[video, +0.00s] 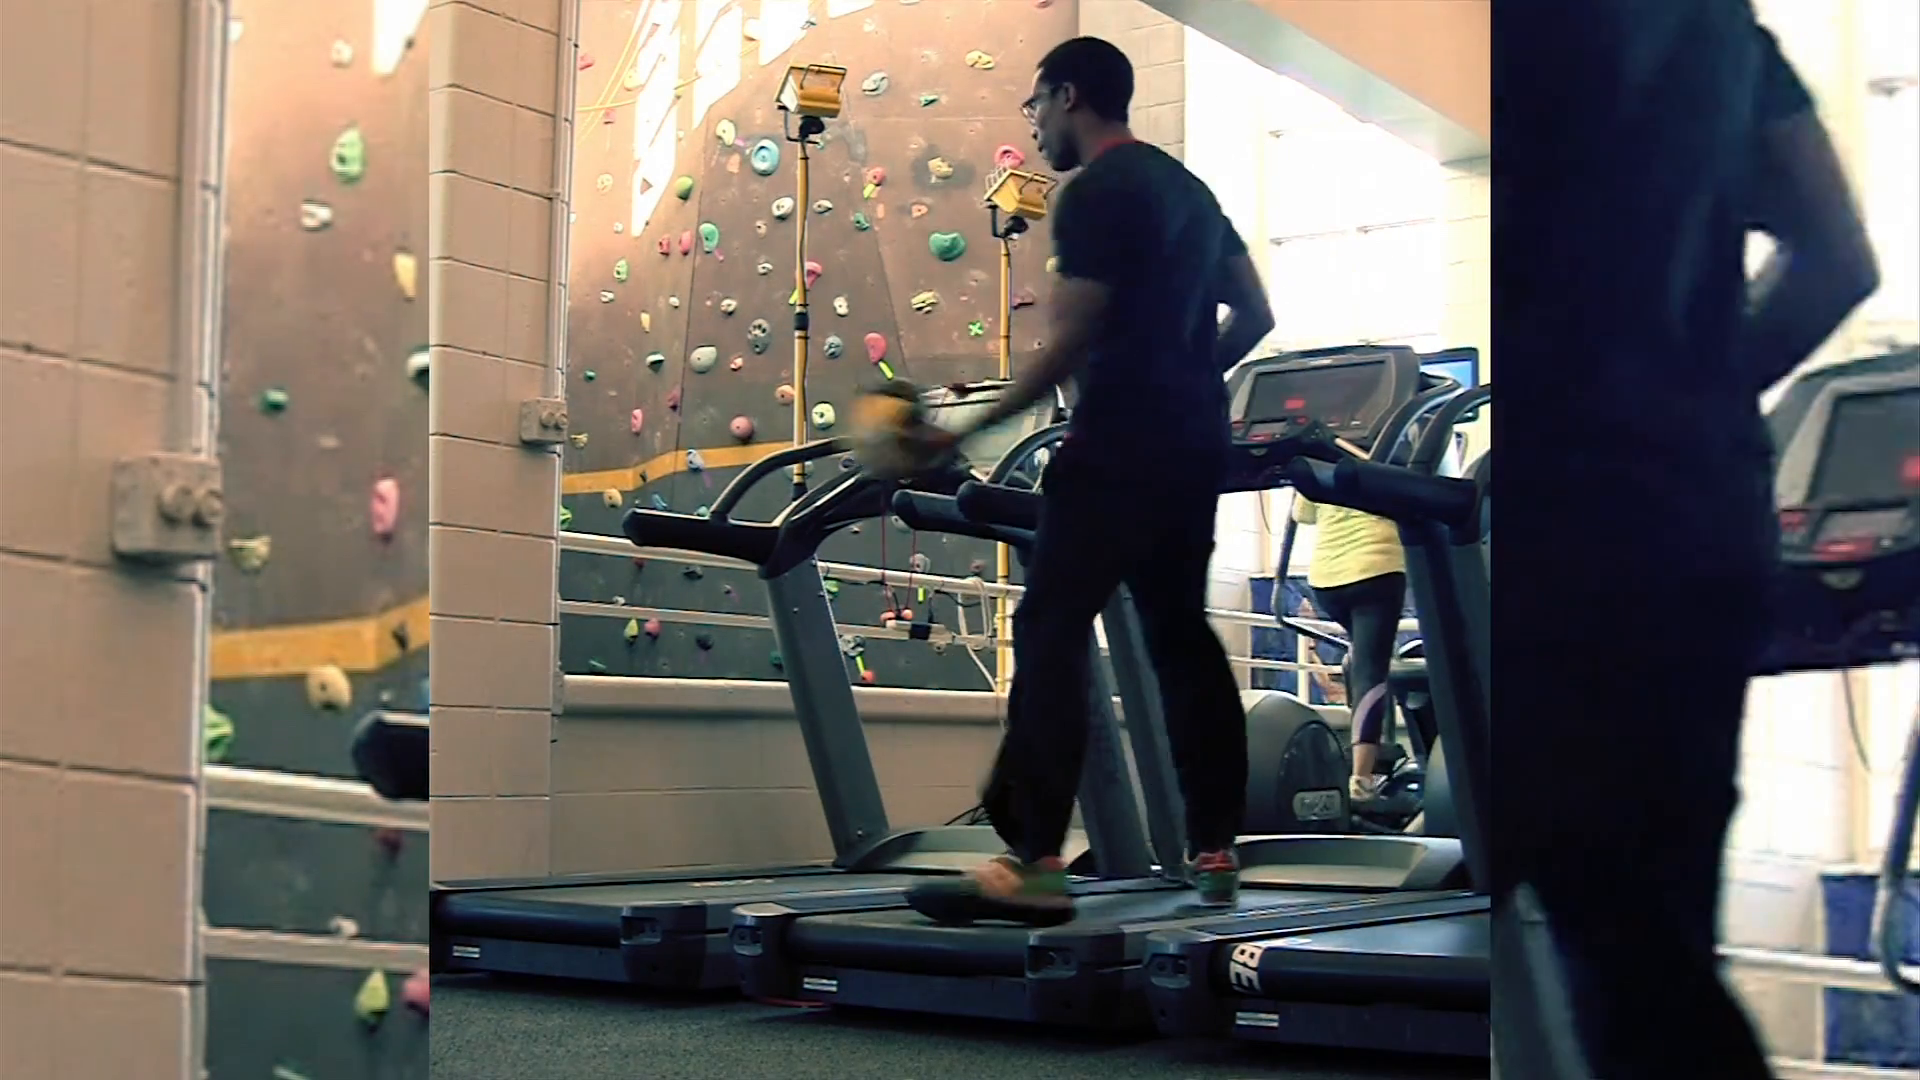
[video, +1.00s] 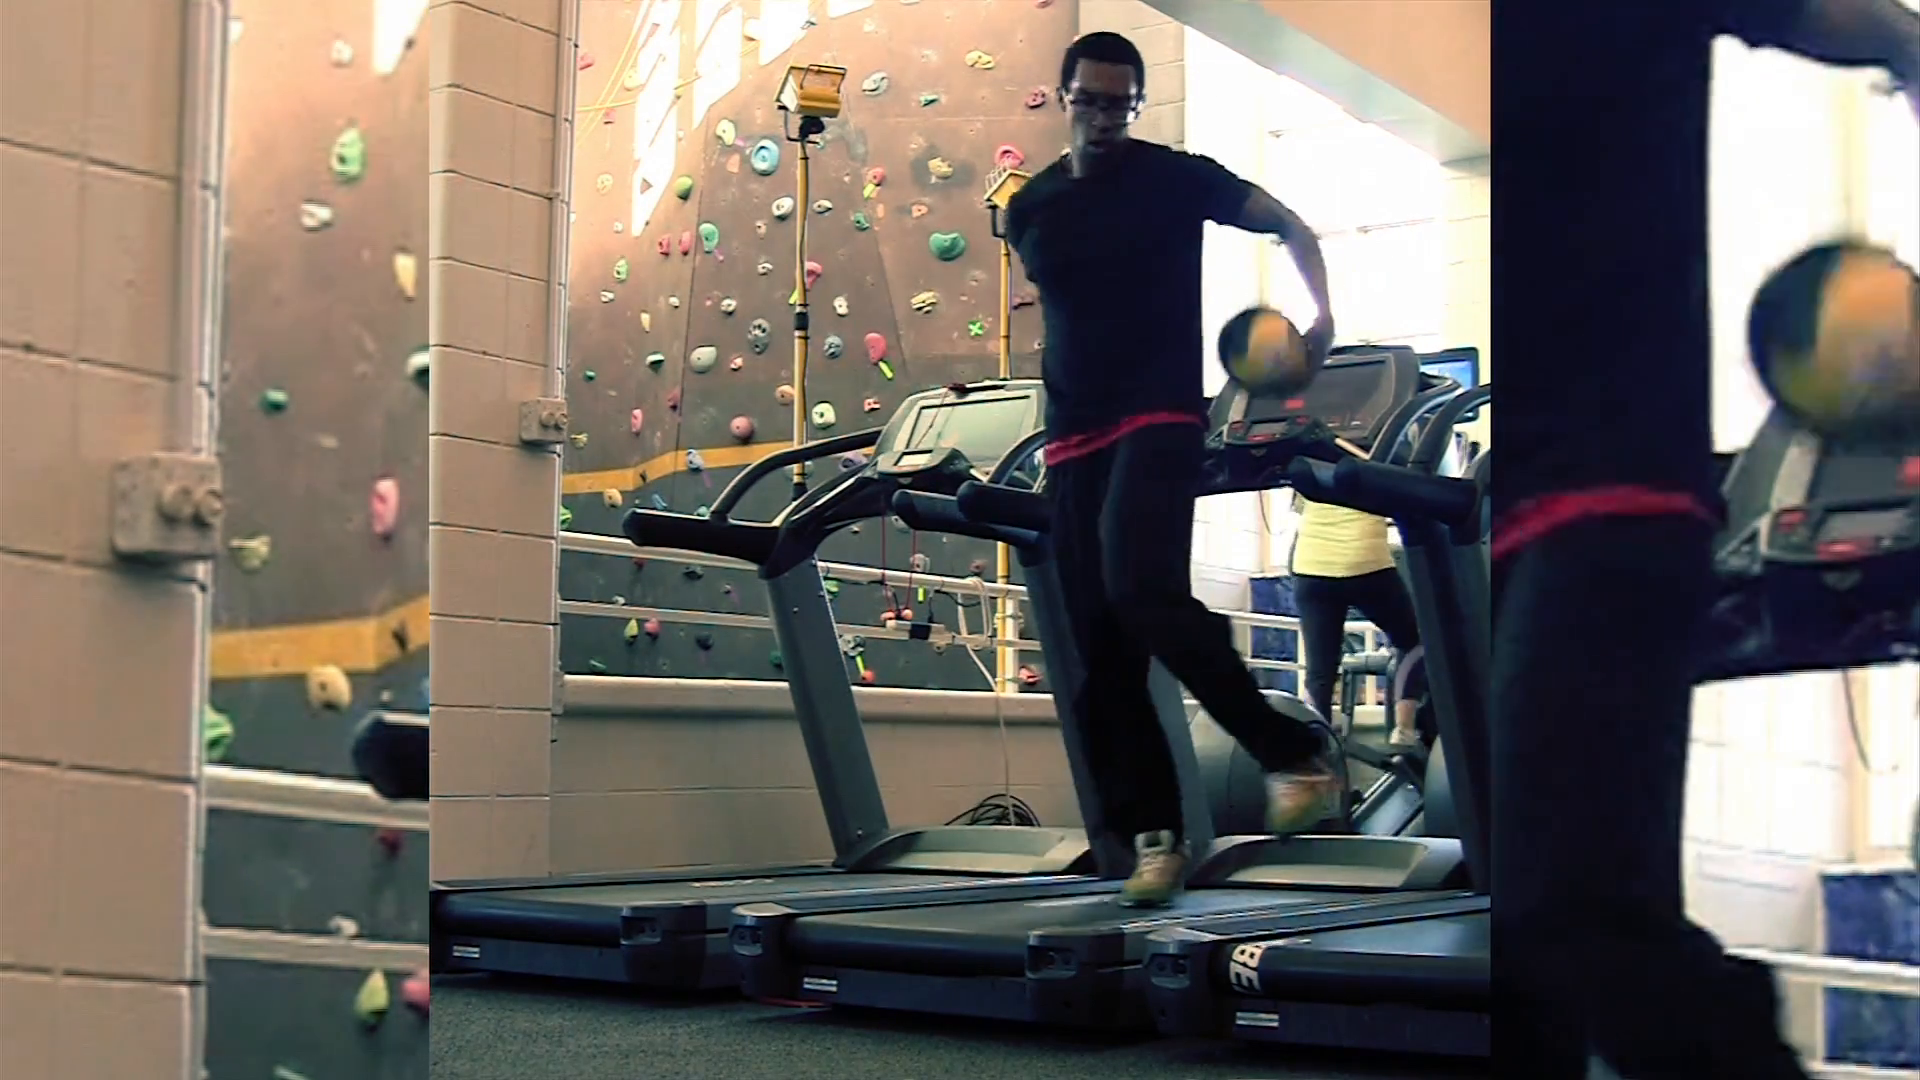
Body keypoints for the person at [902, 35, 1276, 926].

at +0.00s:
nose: (1032, 128)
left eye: (1037, 109)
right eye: (1031, 112)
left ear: (1073, 100)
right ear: (1117, 103)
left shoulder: (1094, 190)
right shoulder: (1190, 191)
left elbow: (1065, 342)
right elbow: (1252, 316)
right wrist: (1181, 371)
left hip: (1111, 448)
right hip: (1193, 447)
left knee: (1048, 628)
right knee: (1182, 631)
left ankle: (1034, 859)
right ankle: (1214, 845)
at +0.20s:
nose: (1052, 162)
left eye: (1060, 146)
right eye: (1054, 147)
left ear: (1092, 143)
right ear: (1142, 151)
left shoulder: (1057, 229)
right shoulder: (1219, 234)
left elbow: (935, 325)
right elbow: (1283, 361)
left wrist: (807, 366)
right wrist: (1214, 413)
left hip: (1106, 487)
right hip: (1206, 488)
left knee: (1081, 668)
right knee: (1215, 685)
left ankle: (1031, 822)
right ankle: (1152, 863)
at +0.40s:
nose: (1051, 158)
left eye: (1058, 141)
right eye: (1052, 142)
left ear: (1095, 139)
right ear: (1137, 142)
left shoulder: (1069, 225)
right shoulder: (1217, 229)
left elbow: (1012, 354)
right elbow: (1237, 375)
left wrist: (910, 371)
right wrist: (1160, 374)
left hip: (1097, 460)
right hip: (1190, 464)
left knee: (1112, 653)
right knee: (1145, 658)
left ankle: (1158, 840)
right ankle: (1059, 843)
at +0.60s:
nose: (1051, 166)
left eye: (1063, 148)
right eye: (1050, 150)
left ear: (1115, 144)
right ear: (1125, 151)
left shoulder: (1105, 233)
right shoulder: (1190, 235)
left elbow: (1088, 378)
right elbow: (1172, 381)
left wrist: (964, 394)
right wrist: (1049, 387)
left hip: (1120, 484)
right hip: (1193, 479)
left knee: (1102, 673)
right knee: (1176, 659)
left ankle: (1176, 857)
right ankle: (1212, 742)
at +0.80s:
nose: (1065, 104)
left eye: (1081, 88)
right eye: (1058, 90)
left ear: (1123, 87)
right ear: (1056, 94)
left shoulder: (1161, 156)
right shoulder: (1084, 180)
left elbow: (1240, 256)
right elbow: (1097, 294)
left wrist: (1146, 287)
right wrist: (1051, 289)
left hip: (1150, 416)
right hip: (1105, 421)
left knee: (1091, 609)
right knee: (1120, 621)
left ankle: (1096, 820)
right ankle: (1249, 796)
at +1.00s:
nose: (1104, 116)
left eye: (1119, 103)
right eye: (1089, 101)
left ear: (1137, 105)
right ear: (1062, 100)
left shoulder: (1176, 177)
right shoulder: (1029, 206)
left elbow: (1293, 227)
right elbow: (1050, 301)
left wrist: (1322, 317)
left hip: (1159, 416)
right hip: (1072, 434)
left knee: (1147, 598)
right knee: (1098, 647)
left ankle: (1296, 760)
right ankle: (1155, 837)